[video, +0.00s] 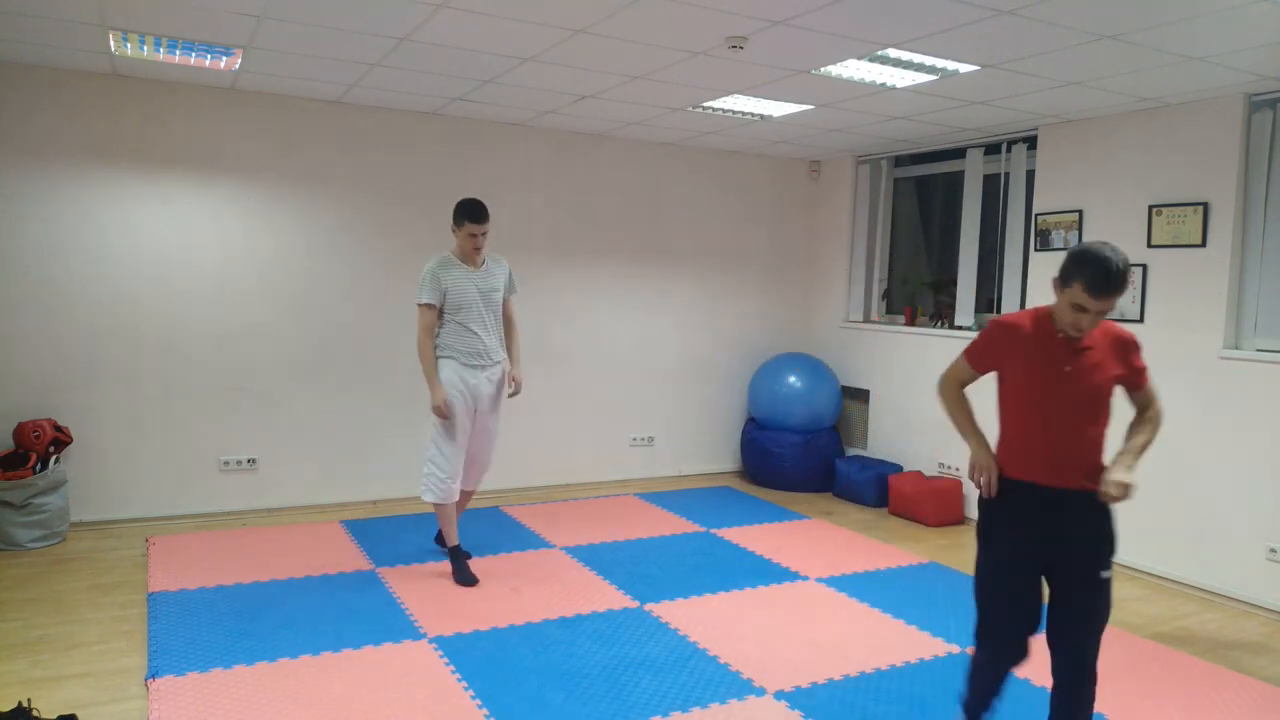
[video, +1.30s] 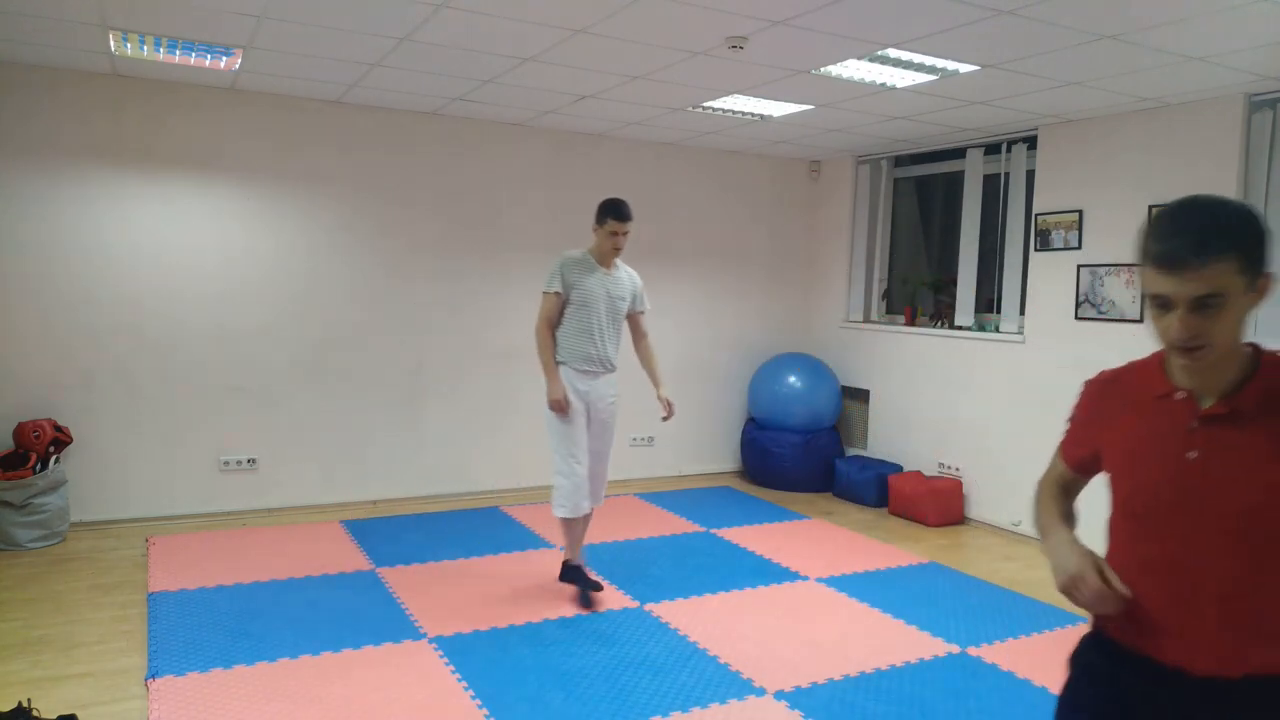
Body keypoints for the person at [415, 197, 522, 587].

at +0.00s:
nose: (479, 240)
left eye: (484, 233)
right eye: (472, 235)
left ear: (490, 230)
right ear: (455, 231)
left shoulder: (499, 268)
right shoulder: (438, 271)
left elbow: (508, 321)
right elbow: (425, 335)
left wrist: (514, 363)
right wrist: (434, 388)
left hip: (492, 375)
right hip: (454, 374)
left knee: (479, 459)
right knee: (448, 460)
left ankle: (447, 528)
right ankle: (455, 550)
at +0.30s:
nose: (486, 243)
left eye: (491, 236)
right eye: (479, 237)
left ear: (496, 230)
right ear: (461, 232)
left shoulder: (507, 266)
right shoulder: (446, 273)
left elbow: (515, 321)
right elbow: (438, 341)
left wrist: (528, 371)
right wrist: (450, 396)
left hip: (507, 377)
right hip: (467, 379)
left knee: (524, 463)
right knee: (455, 467)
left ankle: (505, 537)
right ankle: (456, 553)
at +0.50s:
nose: (507, 246)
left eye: (512, 238)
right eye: (500, 239)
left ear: (517, 234)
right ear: (482, 233)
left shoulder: (524, 267)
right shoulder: (463, 273)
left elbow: (528, 323)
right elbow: (448, 339)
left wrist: (536, 374)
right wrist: (453, 396)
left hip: (519, 380)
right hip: (477, 380)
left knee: (537, 465)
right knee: (463, 468)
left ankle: (562, 554)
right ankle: (457, 555)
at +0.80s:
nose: (554, 244)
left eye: (559, 238)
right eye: (547, 237)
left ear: (564, 237)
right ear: (530, 233)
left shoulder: (569, 277)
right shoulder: (507, 270)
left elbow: (570, 335)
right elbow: (483, 331)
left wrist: (577, 389)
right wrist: (479, 390)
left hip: (556, 385)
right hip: (511, 384)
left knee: (575, 472)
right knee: (491, 471)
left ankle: (569, 564)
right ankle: (464, 557)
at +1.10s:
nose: (598, 241)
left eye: (603, 234)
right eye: (591, 233)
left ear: (608, 233)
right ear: (574, 229)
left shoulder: (612, 277)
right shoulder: (547, 266)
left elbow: (624, 337)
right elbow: (525, 324)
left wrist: (639, 392)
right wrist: (532, 378)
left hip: (586, 382)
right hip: (548, 379)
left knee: (586, 472)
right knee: (539, 471)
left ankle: (570, 563)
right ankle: (505, 554)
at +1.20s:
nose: (609, 241)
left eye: (615, 234)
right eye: (603, 233)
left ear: (619, 234)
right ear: (586, 229)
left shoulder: (621, 278)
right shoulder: (560, 266)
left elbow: (634, 336)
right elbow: (535, 324)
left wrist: (652, 390)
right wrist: (544, 378)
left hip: (595, 383)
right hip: (557, 381)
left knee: (590, 474)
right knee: (555, 474)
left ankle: (570, 564)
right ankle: (539, 564)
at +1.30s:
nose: (620, 242)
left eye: (625, 235)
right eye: (614, 234)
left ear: (630, 235)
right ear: (596, 230)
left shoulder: (629, 279)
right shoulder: (570, 267)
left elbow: (641, 337)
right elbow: (545, 325)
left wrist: (659, 387)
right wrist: (553, 381)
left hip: (605, 383)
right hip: (568, 381)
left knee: (595, 472)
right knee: (573, 470)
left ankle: (573, 559)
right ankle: (574, 563)